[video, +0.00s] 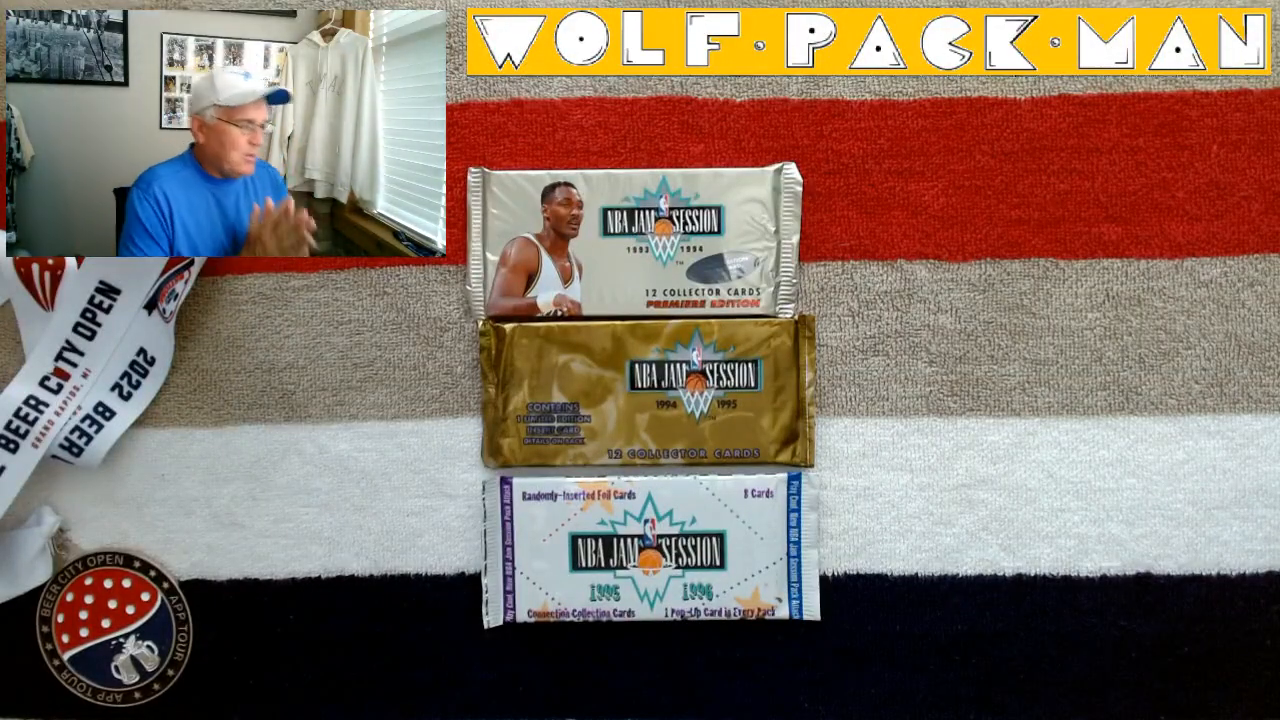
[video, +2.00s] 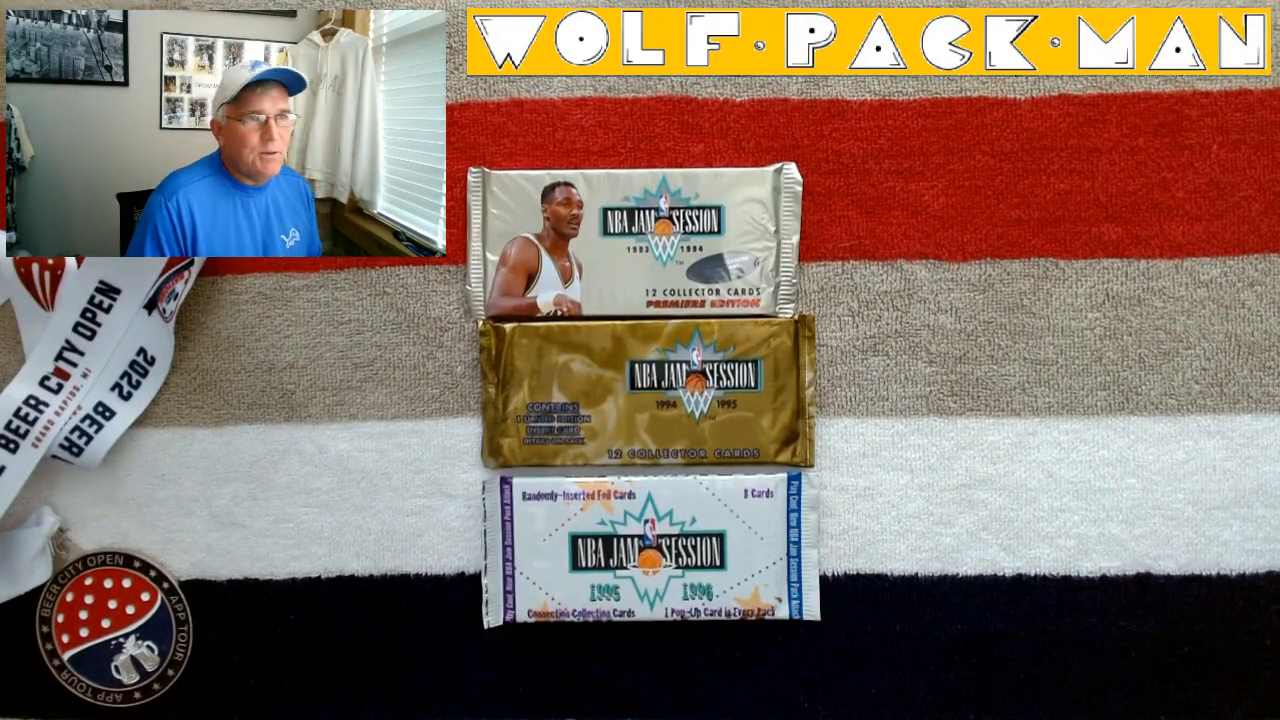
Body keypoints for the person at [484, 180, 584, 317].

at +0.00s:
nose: (576, 213)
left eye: (580, 207)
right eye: (566, 205)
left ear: (583, 211)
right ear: (545, 211)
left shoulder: (575, 265)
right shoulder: (520, 250)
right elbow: (495, 307)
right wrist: (550, 301)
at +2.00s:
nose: (576, 213)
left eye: (580, 206)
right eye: (566, 205)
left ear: (583, 211)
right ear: (545, 211)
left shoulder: (575, 265)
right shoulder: (521, 249)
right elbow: (495, 307)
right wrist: (550, 301)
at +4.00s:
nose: (576, 213)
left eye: (580, 206)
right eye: (566, 204)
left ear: (583, 211)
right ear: (546, 211)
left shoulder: (575, 266)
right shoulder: (521, 249)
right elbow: (495, 307)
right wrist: (551, 300)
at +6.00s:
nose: (576, 213)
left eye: (580, 207)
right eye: (566, 205)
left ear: (583, 211)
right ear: (545, 211)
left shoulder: (575, 266)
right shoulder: (521, 250)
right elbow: (495, 307)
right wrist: (550, 301)